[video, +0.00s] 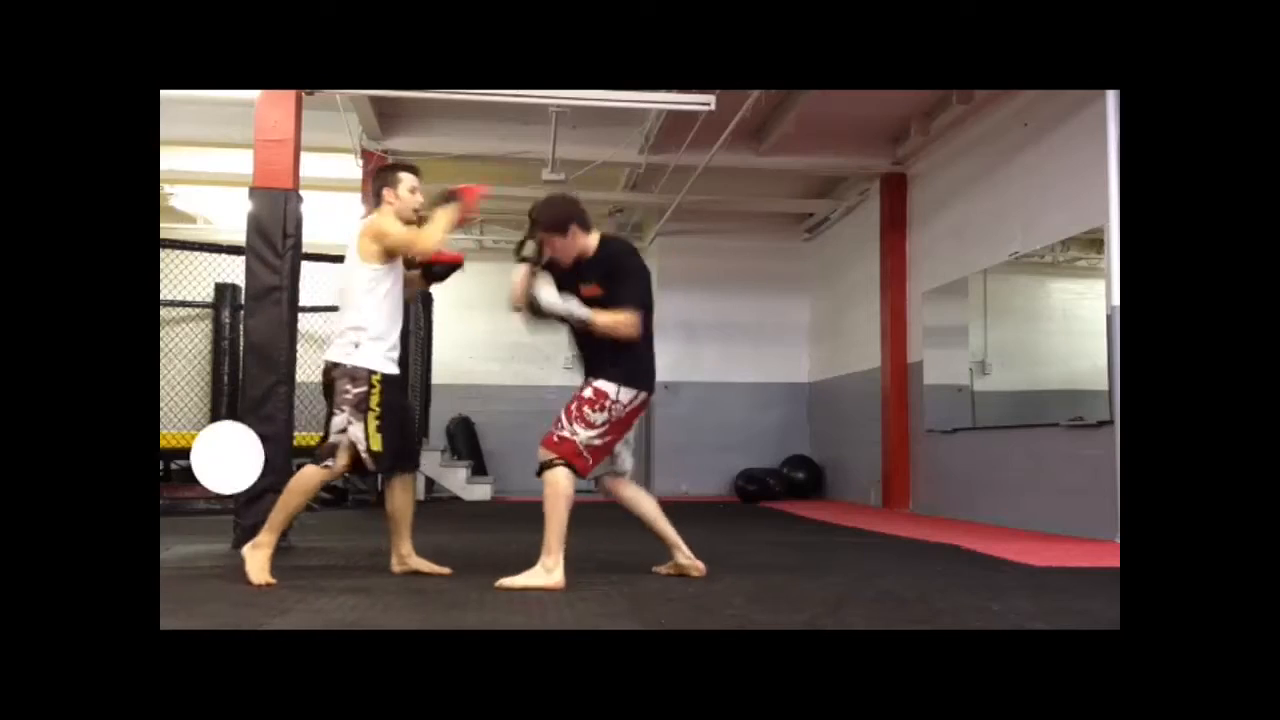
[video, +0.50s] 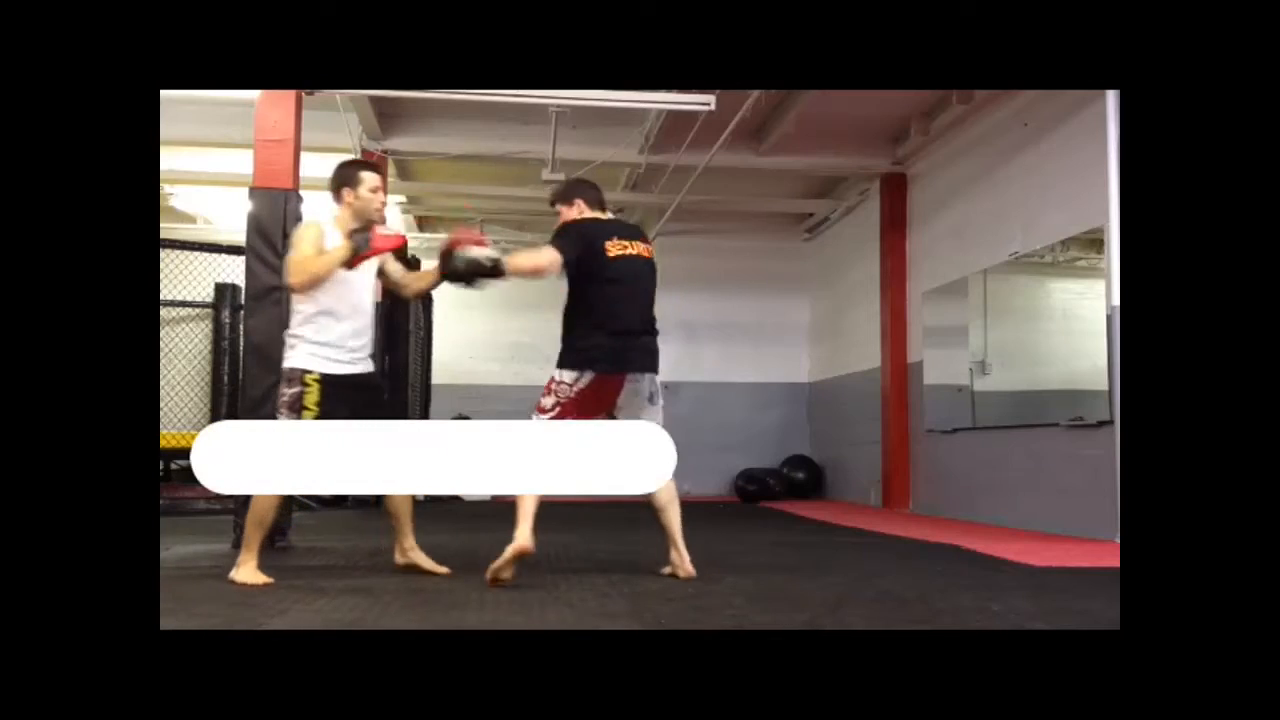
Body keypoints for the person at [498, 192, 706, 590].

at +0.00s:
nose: (546, 252)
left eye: (549, 242)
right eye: (542, 244)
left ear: (572, 230)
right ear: (566, 233)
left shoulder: (621, 257)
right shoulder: (564, 266)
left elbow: (631, 326)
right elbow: (525, 304)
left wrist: (569, 309)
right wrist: (529, 272)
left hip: (624, 379)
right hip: (603, 377)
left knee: (556, 456)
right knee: (614, 481)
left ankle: (550, 566)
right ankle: (684, 556)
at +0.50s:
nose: (558, 219)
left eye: (559, 212)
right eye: (557, 213)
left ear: (578, 206)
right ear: (598, 205)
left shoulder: (577, 230)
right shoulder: (637, 233)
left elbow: (546, 261)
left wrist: (491, 263)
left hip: (590, 356)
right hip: (641, 357)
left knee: (535, 439)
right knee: (652, 452)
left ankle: (523, 534)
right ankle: (680, 554)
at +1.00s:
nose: (520, 207)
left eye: (524, 197)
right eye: (519, 198)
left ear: (547, 192)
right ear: (544, 193)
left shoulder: (594, 228)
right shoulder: (542, 238)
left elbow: (601, 291)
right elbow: (498, 258)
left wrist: (552, 267)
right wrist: (452, 225)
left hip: (593, 362)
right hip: (575, 363)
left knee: (547, 456)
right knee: (609, 456)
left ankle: (532, 565)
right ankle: (674, 540)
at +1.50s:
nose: (609, 210)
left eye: (612, 202)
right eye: (609, 203)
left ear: (634, 201)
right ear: (648, 206)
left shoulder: (619, 226)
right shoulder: (679, 254)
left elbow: (604, 267)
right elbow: (667, 307)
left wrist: (552, 278)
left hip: (582, 342)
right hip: (630, 365)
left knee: (499, 385)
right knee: (628, 456)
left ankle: (432, 443)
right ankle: (616, 554)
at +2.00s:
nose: (653, 231)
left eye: (655, 221)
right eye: (651, 222)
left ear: (677, 214)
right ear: (691, 216)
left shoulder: (686, 243)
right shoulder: (726, 253)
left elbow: (681, 282)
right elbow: (706, 297)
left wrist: (635, 278)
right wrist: (649, 287)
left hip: (699, 366)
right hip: (735, 367)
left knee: (636, 436)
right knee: (758, 454)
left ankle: (642, 535)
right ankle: (818, 540)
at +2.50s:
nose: (691, 238)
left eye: (696, 229)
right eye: (689, 230)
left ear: (720, 225)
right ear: (721, 228)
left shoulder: (740, 254)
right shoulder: (743, 265)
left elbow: (755, 302)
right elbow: (733, 332)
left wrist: (708, 288)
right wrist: (704, 306)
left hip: (761, 380)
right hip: (784, 379)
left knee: (711, 465)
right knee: (801, 466)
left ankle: (665, 557)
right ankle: (848, 553)